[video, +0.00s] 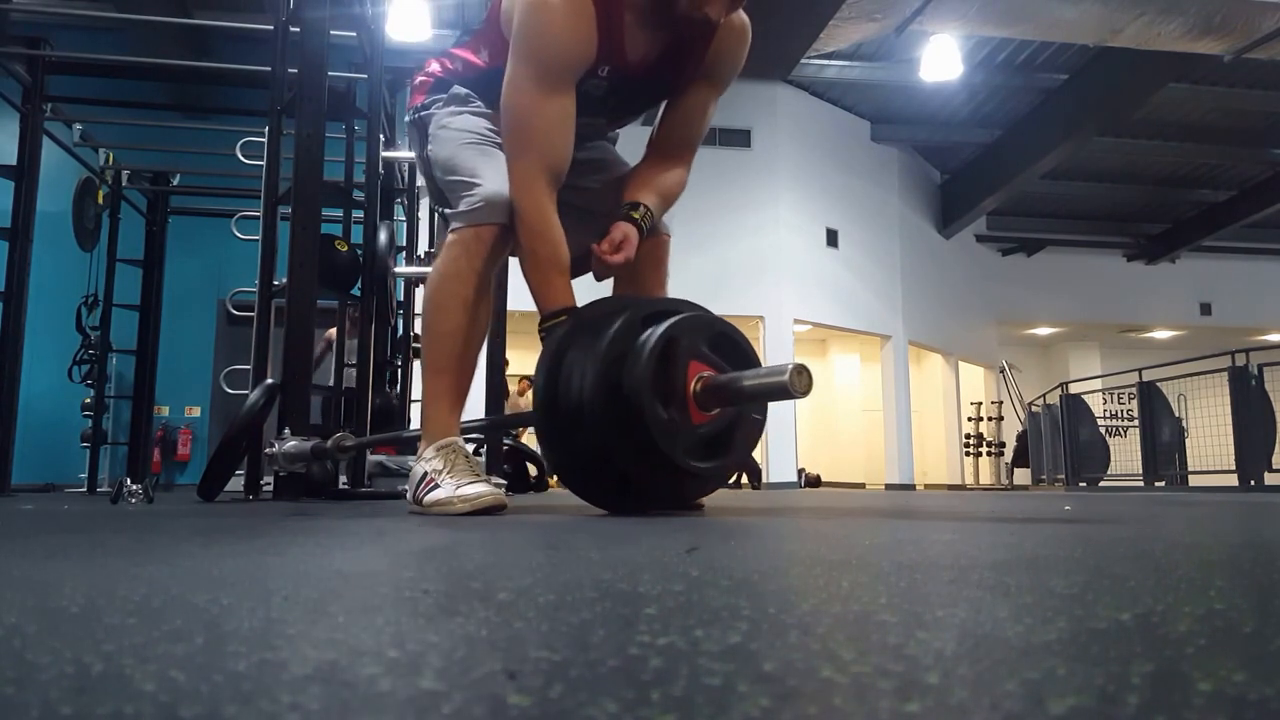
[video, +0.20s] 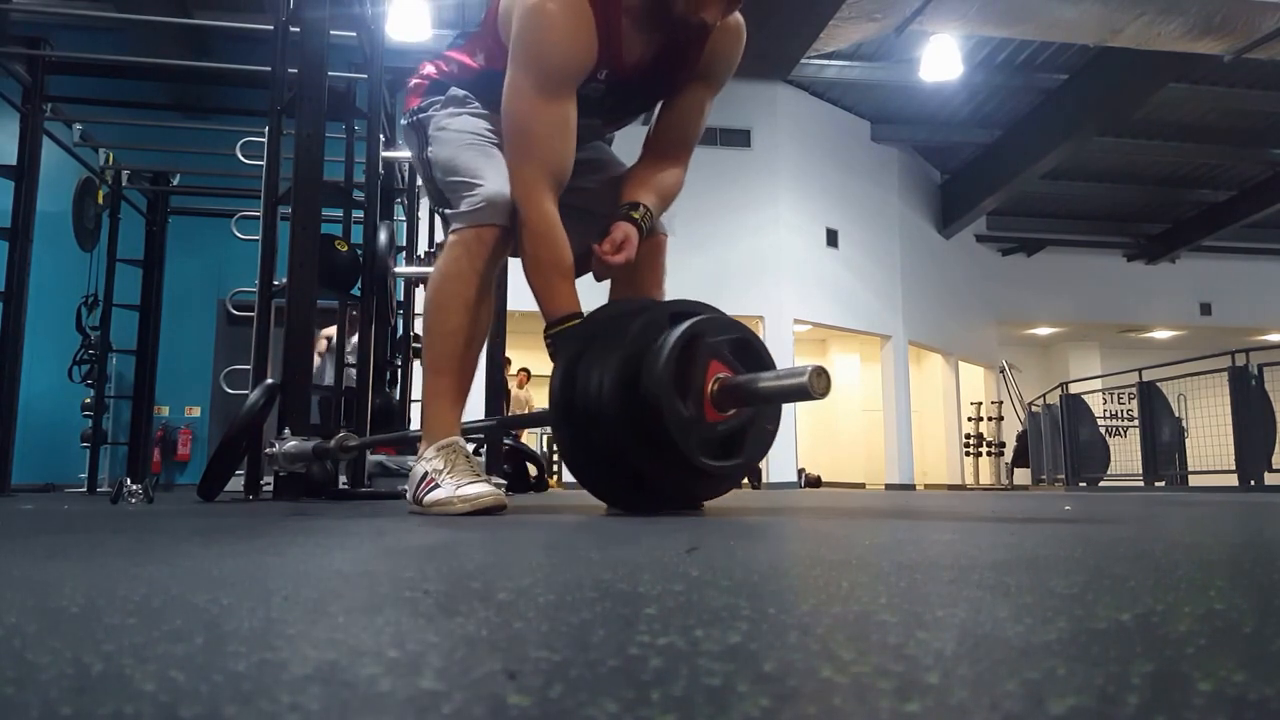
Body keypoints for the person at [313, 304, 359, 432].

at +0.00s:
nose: (356, 314)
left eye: (359, 310)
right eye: (353, 310)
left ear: (364, 314)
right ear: (346, 312)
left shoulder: (368, 336)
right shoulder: (333, 334)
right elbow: (316, 359)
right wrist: (303, 376)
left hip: (360, 390)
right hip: (336, 387)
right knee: (331, 427)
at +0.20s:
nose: (352, 321)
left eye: (355, 317)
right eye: (349, 316)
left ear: (360, 319)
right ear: (343, 316)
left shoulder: (363, 337)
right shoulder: (328, 332)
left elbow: (369, 361)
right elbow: (318, 354)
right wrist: (309, 372)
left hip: (353, 387)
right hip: (330, 386)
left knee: (352, 426)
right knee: (329, 427)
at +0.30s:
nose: (350, 312)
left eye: (354, 309)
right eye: (347, 308)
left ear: (358, 313)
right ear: (340, 311)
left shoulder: (360, 331)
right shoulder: (325, 330)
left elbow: (368, 352)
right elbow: (320, 349)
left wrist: (360, 364)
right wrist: (326, 361)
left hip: (353, 384)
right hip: (330, 384)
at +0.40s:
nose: (346, 313)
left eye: (349, 310)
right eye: (343, 310)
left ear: (352, 311)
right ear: (336, 311)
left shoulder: (356, 329)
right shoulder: (323, 328)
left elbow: (359, 350)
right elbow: (322, 351)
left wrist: (353, 357)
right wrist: (341, 360)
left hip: (351, 382)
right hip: (329, 382)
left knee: (349, 418)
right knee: (327, 418)